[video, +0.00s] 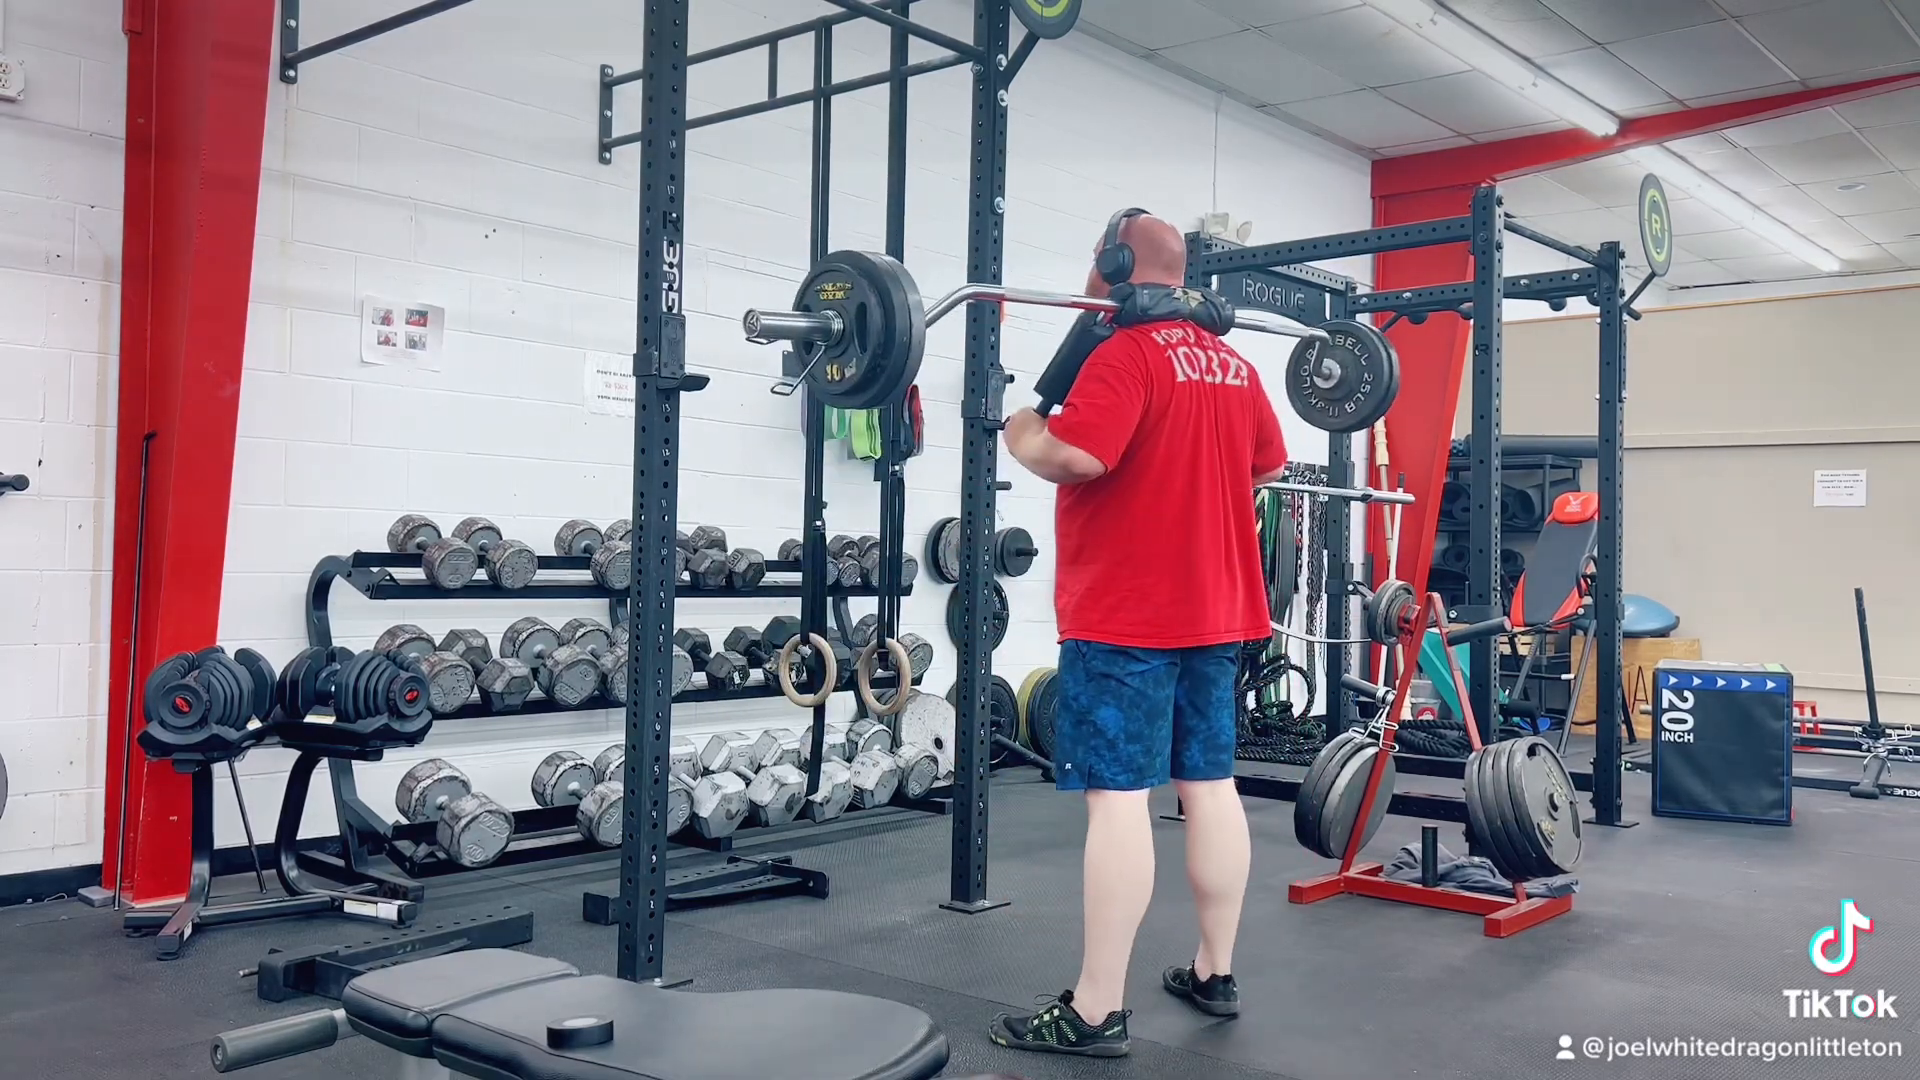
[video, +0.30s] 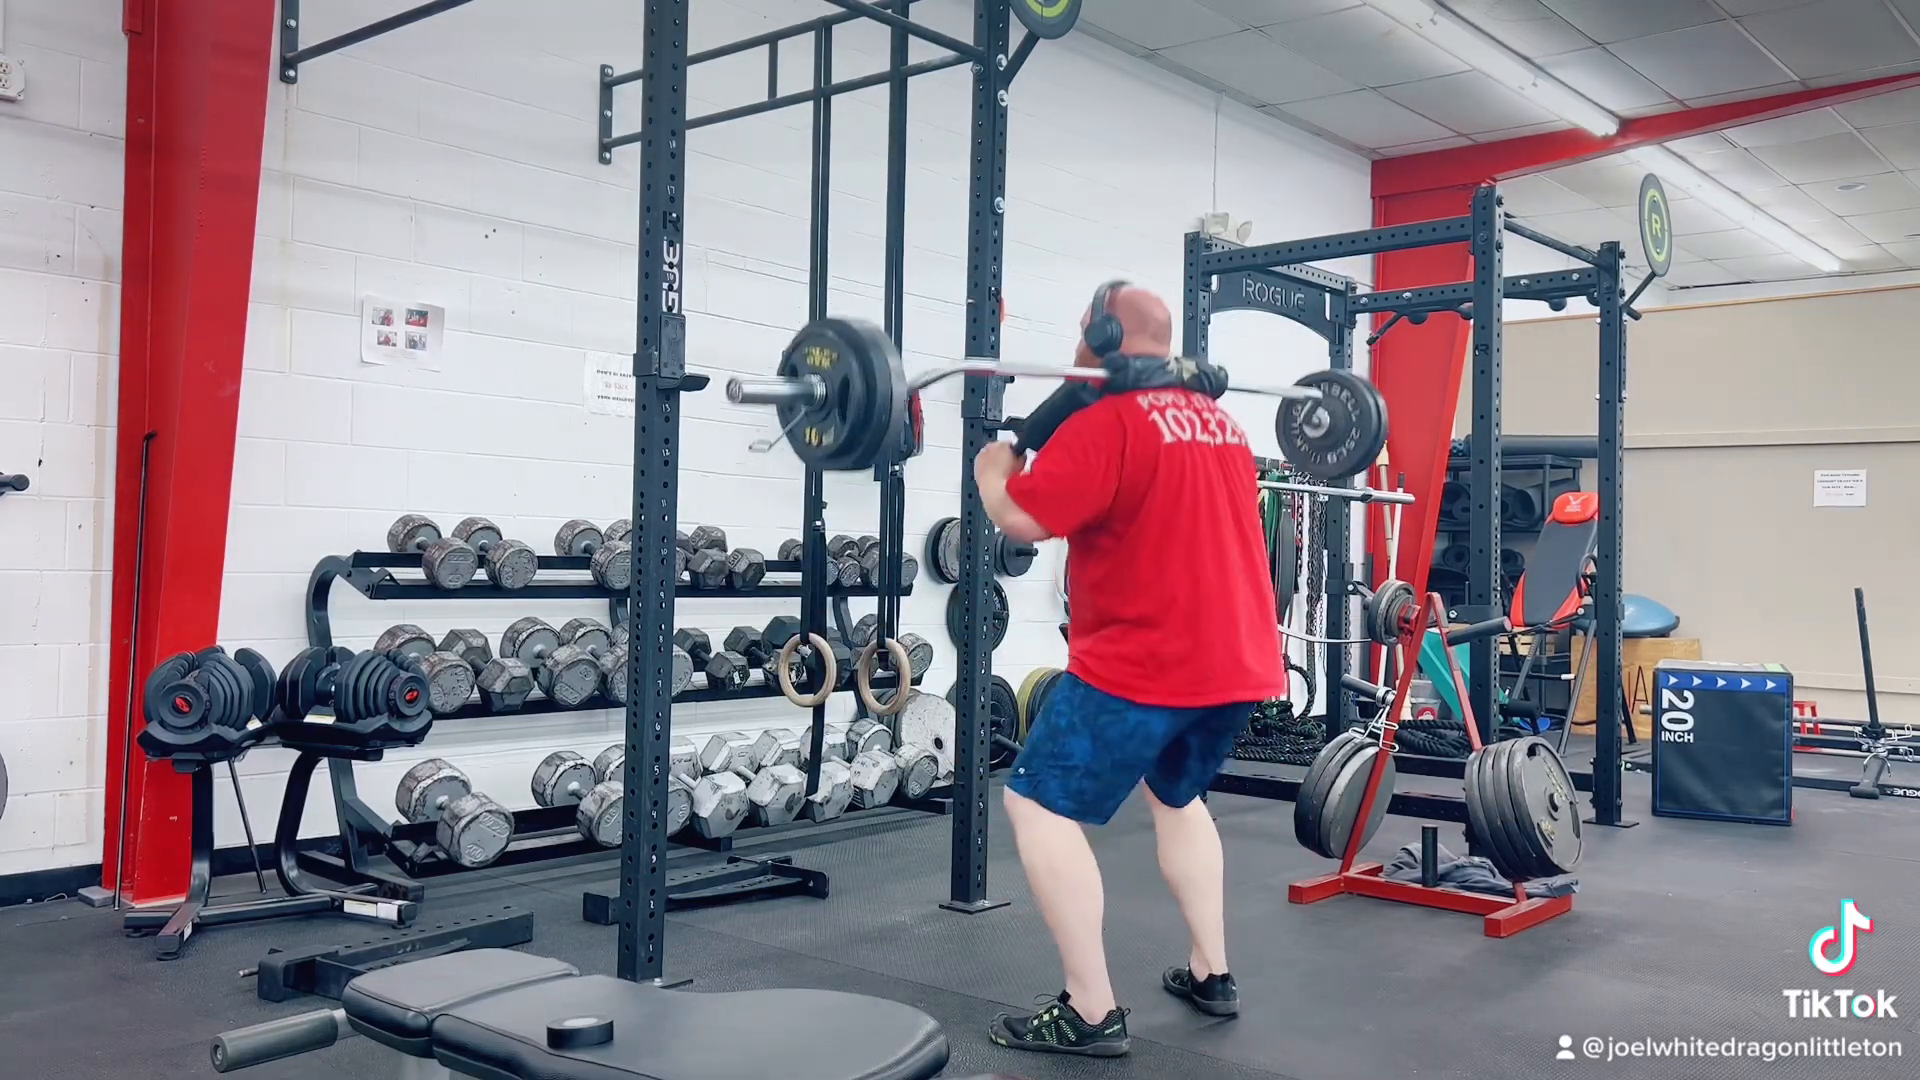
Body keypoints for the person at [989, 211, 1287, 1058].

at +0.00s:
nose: (1089, 288)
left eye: (1093, 277)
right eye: (1093, 275)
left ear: (1111, 282)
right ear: (1179, 280)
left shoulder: (1125, 350)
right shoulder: (1233, 359)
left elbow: (1081, 455)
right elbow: (1267, 463)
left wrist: (1024, 432)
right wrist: (1187, 469)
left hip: (1126, 608)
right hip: (1218, 605)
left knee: (1118, 797)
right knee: (1211, 784)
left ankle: (1095, 1009)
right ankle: (1216, 975)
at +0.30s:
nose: (1080, 349)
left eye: (1083, 338)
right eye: (1083, 337)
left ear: (1098, 347)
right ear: (1168, 344)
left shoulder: (1111, 422)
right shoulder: (1220, 421)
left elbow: (1018, 516)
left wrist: (992, 464)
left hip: (1139, 662)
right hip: (1238, 657)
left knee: (1037, 799)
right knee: (1177, 792)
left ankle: (1091, 1007)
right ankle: (1211, 971)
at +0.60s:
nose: (1063, 576)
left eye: (1064, 566)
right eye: (1066, 566)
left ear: (1075, 573)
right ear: (1149, 566)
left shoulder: (1095, 638)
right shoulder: (1199, 619)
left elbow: (987, 720)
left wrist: (972, 650)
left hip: (1203, 858)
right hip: (1282, 853)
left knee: (999, 811)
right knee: (1159, 782)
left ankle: (1088, 1010)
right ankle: (1209, 974)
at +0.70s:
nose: (1067, 616)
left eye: (1069, 605)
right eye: (1069, 605)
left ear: (1081, 609)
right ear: (1152, 602)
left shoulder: (1098, 674)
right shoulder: (1204, 655)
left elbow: (989, 757)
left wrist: (971, 683)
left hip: (1206, 899)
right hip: (1284, 890)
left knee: (1000, 815)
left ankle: (1088, 1009)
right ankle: (1208, 973)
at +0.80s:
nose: (1067, 598)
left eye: (1068, 590)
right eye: (1070, 590)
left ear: (1075, 598)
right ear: (1151, 591)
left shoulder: (1099, 665)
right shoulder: (1202, 644)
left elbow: (993, 752)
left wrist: (975, 681)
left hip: (1208, 886)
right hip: (1286, 877)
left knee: (999, 815)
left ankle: (1088, 1008)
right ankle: (1209, 972)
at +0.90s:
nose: (1063, 547)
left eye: (1065, 538)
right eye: (1066, 539)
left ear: (1080, 542)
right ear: (1147, 532)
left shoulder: (1104, 601)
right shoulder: (1207, 584)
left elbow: (1002, 696)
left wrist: (977, 634)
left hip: (1206, 805)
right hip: (1297, 803)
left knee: (1014, 805)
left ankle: (1089, 1008)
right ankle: (1212, 974)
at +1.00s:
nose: (1064, 477)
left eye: (1064, 468)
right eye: (1066, 468)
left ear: (1079, 470)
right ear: (1149, 462)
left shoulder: (1108, 530)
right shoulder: (1212, 517)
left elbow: (1013, 626)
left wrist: (980, 570)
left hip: (1194, 732)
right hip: (1291, 731)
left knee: (1024, 800)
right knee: (1194, 806)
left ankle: (1089, 1008)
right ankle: (1214, 974)